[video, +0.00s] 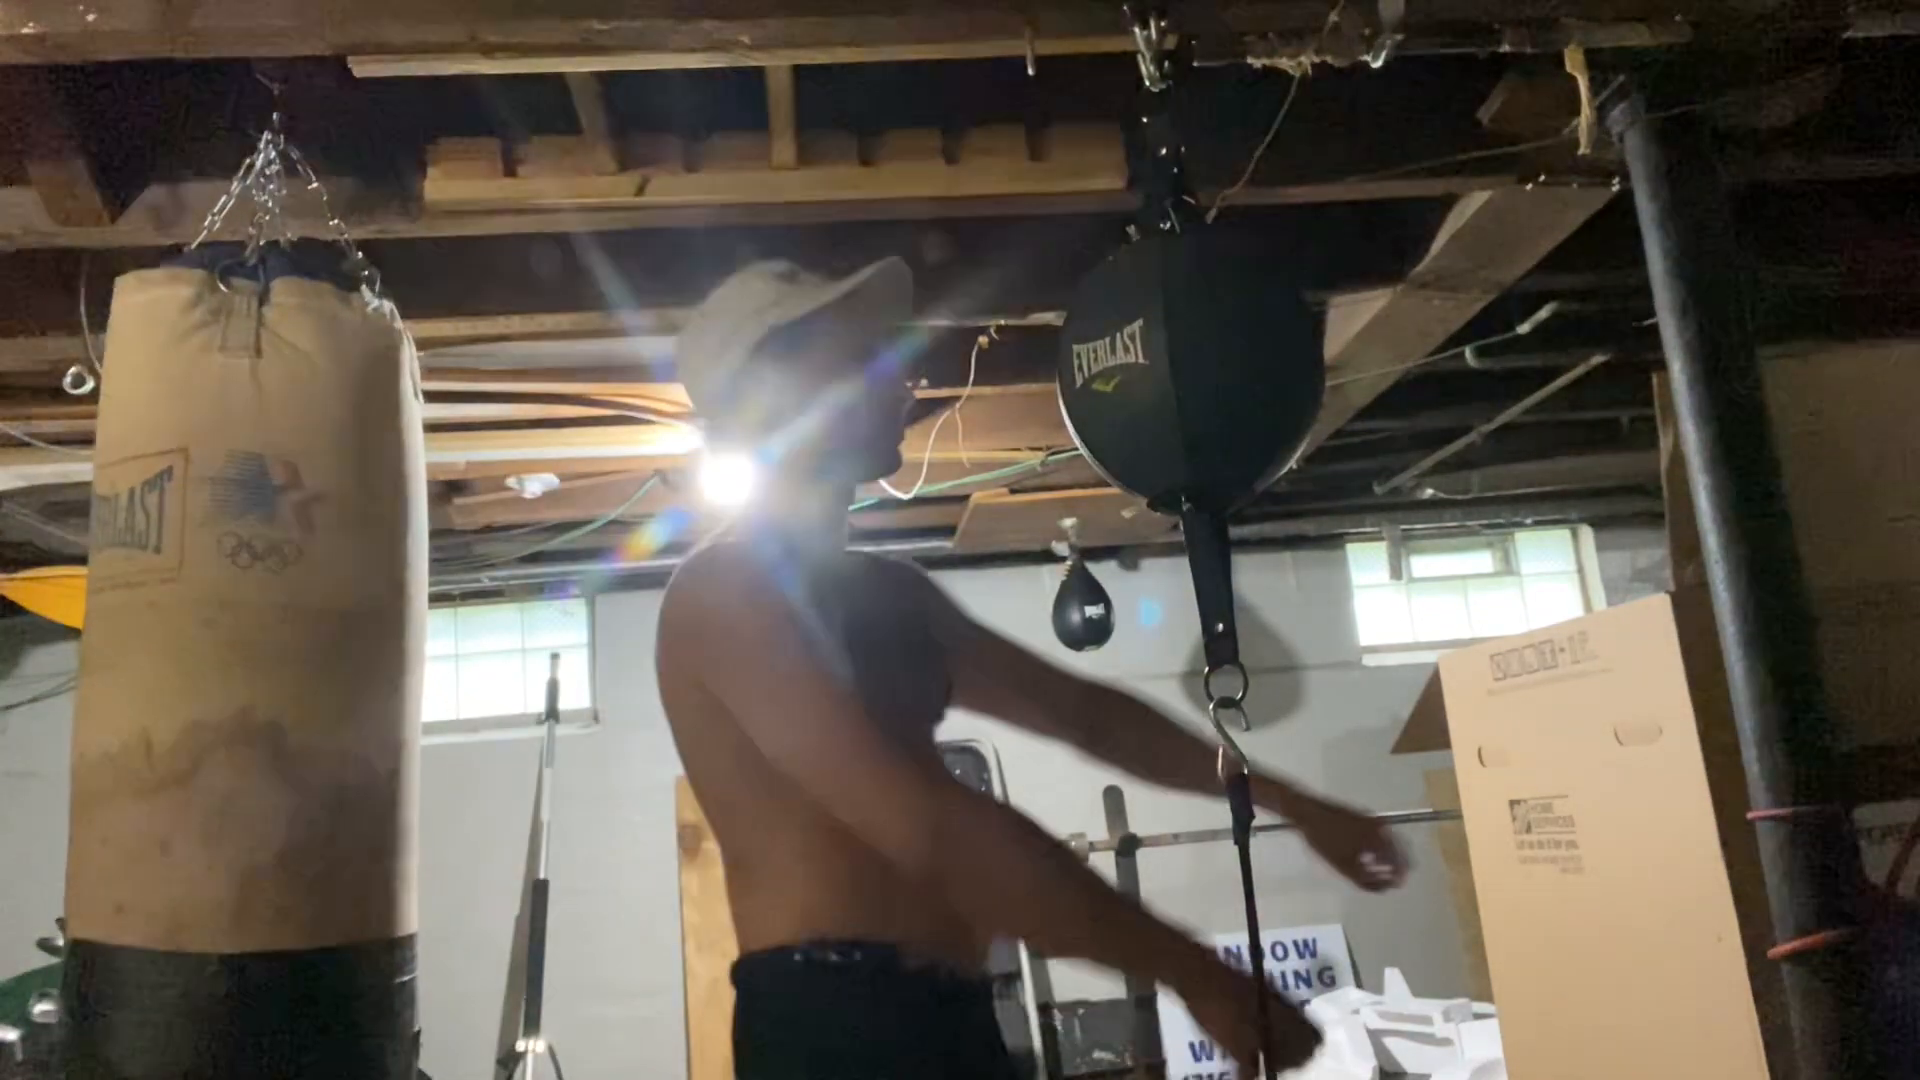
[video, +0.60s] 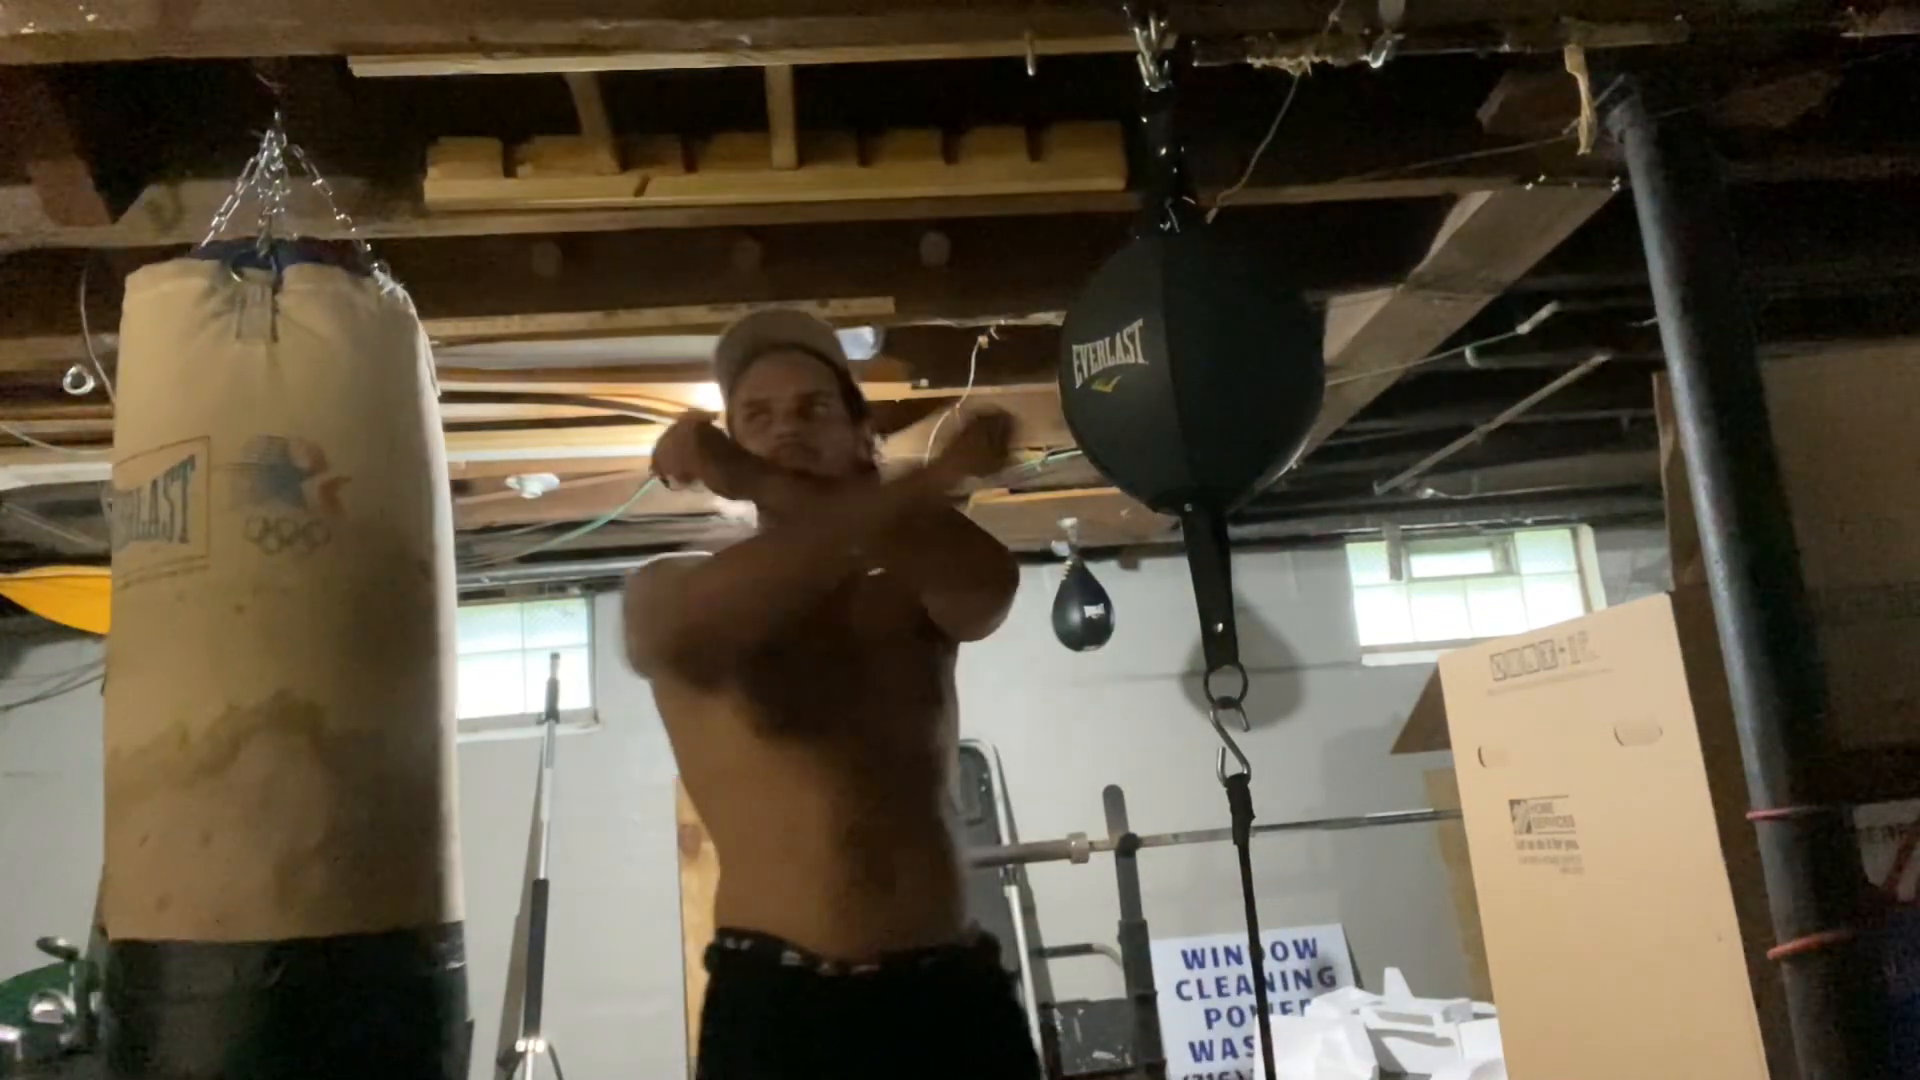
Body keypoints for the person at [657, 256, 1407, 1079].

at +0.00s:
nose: (907, 381)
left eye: (897, 355)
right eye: (871, 358)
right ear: (780, 393)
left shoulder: (887, 589)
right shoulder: (727, 584)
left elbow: (1081, 709)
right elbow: (928, 830)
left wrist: (1288, 802)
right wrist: (1196, 974)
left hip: (956, 1021)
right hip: (837, 1026)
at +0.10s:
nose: (902, 388)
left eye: (886, 363)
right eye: (860, 368)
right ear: (780, 406)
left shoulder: (909, 583)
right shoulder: (729, 586)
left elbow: (1106, 689)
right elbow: (923, 799)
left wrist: (1264, 778)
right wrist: (1188, 915)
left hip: (968, 1006)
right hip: (840, 1011)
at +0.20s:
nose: (889, 406)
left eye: (883, 385)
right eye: (856, 386)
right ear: (781, 421)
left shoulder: (933, 573)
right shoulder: (724, 584)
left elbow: (1085, 663)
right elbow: (891, 767)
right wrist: (1156, 824)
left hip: (970, 982)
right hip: (828, 989)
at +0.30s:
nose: (854, 420)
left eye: (867, 397)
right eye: (819, 401)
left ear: (891, 427)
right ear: (765, 438)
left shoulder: (939, 569)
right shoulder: (720, 589)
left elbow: (1050, 648)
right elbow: (864, 737)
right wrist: (1125, 755)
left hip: (976, 985)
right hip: (824, 993)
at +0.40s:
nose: (831, 446)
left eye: (851, 416)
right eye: (802, 419)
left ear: (881, 444)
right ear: (756, 447)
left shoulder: (945, 575)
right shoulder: (701, 594)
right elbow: (818, 688)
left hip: (974, 987)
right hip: (809, 994)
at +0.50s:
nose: (805, 427)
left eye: (830, 406)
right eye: (776, 411)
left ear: (873, 435)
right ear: (741, 446)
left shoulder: (924, 550)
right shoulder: (688, 588)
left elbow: (994, 592)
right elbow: (750, 655)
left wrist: (742, 498)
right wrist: (982, 549)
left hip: (961, 983)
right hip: (792, 993)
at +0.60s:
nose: (787, 432)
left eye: (812, 408)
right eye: (757, 417)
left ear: (863, 433)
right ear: (730, 450)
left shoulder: (913, 571)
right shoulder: (668, 594)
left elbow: (990, 587)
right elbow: (719, 616)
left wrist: (753, 478)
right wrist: (934, 478)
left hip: (945, 990)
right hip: (773, 999)